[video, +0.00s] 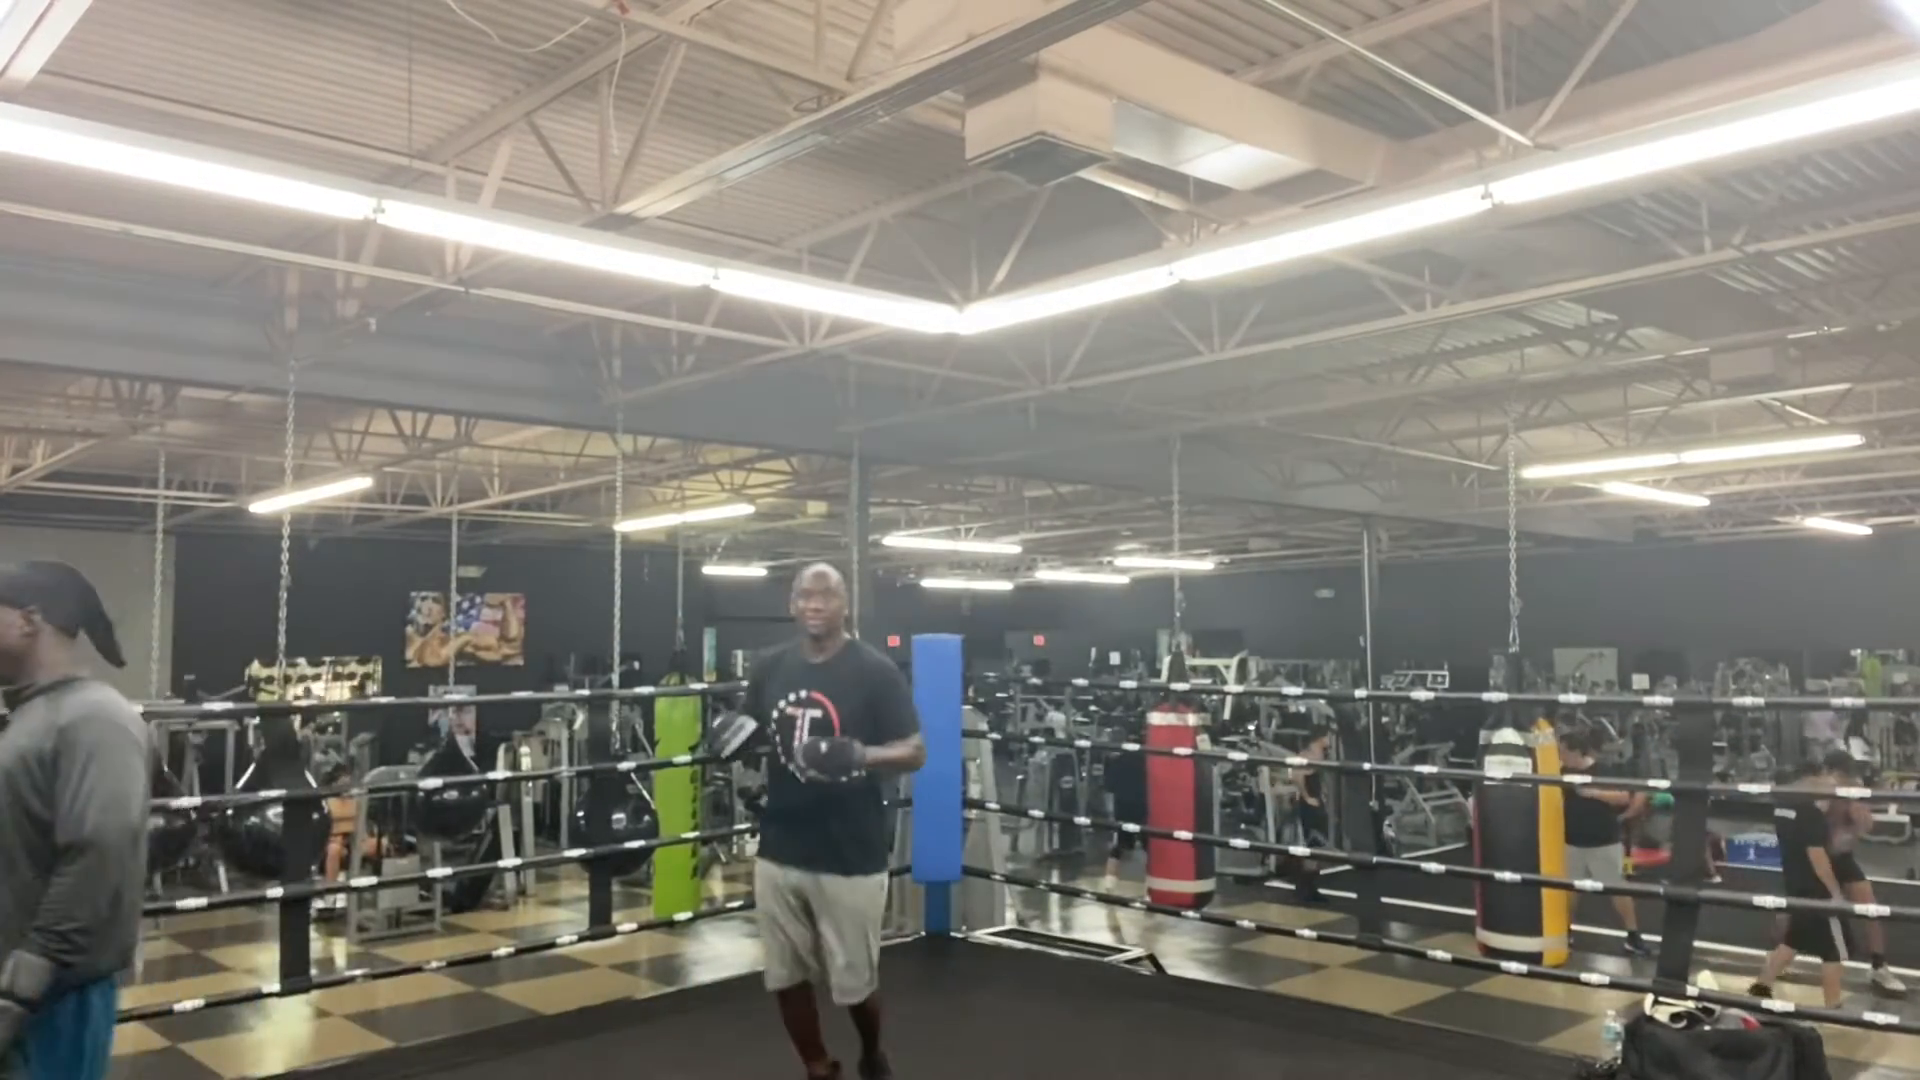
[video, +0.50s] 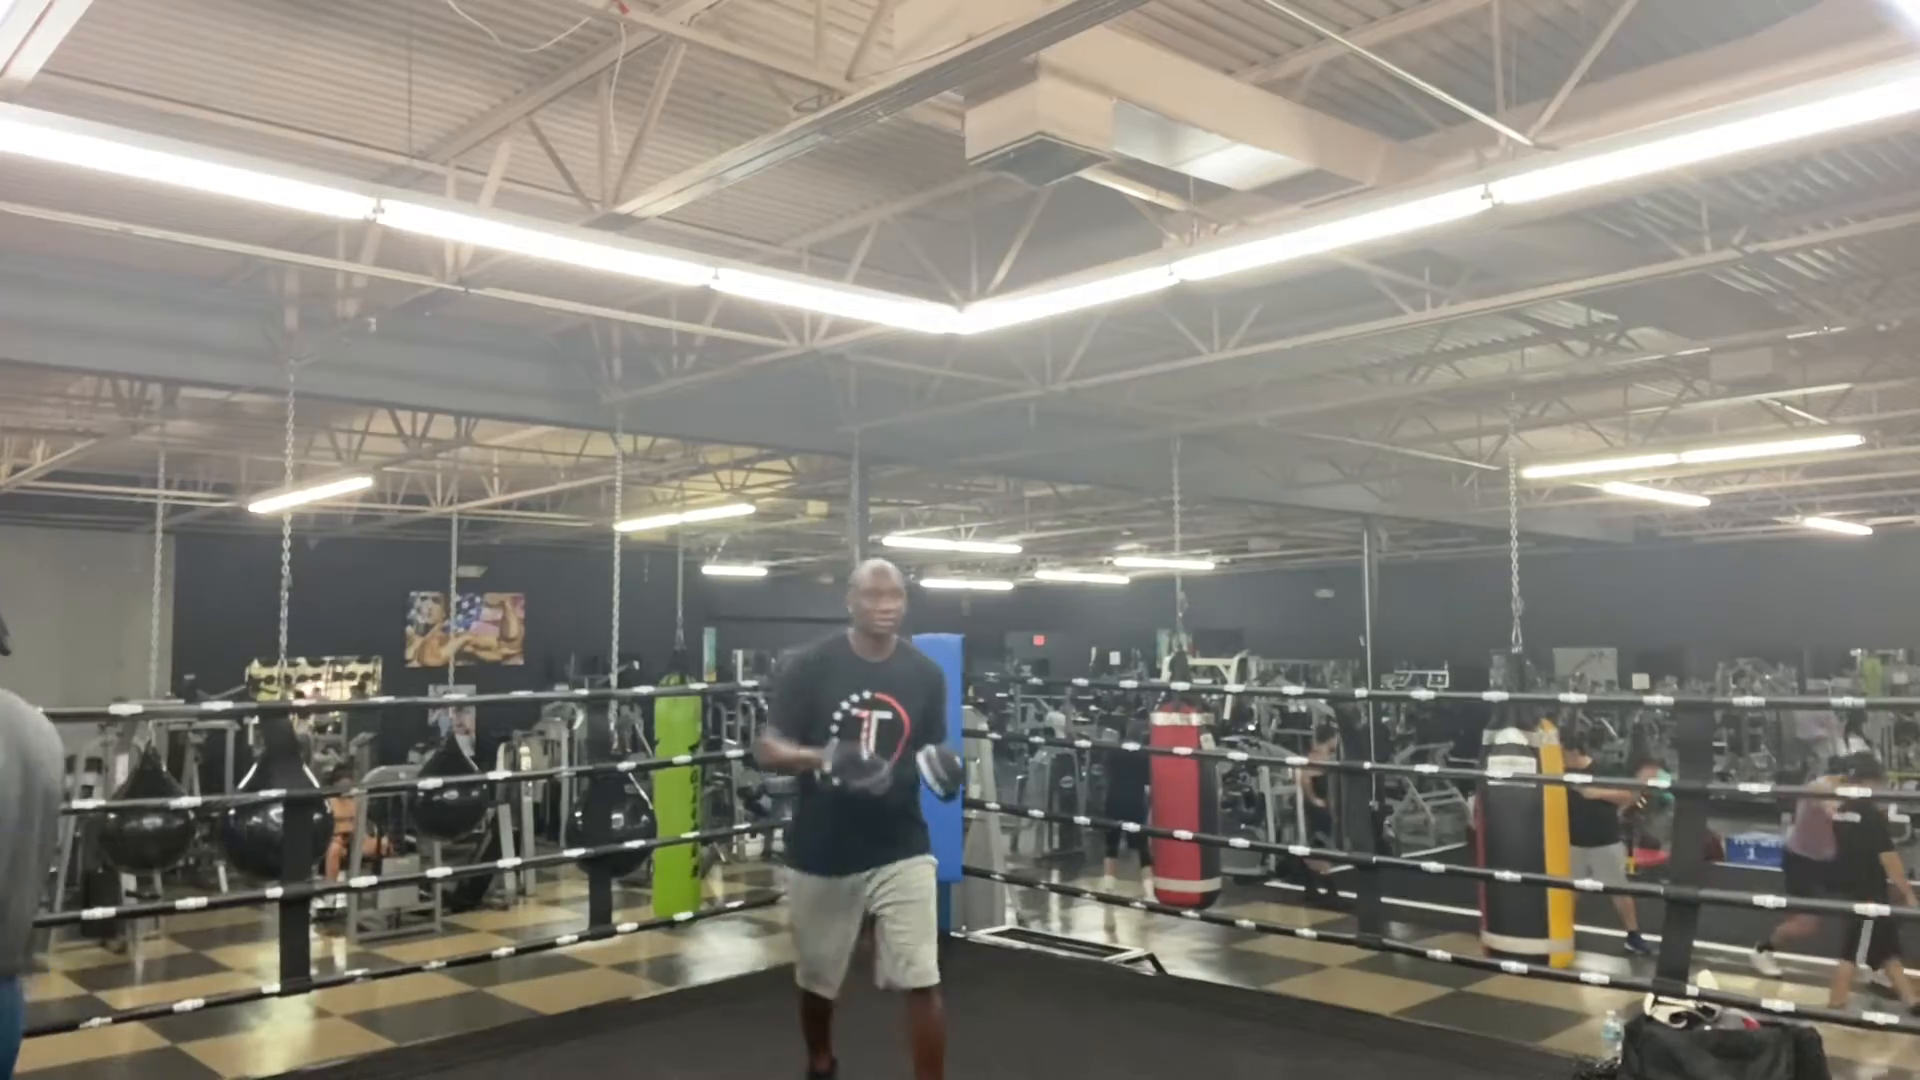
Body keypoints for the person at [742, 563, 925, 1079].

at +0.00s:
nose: (814, 605)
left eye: (825, 596)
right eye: (806, 597)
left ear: (845, 606)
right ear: (792, 606)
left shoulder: (876, 671)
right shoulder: (770, 669)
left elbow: (913, 750)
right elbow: (749, 736)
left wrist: (858, 754)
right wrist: (735, 737)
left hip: (851, 856)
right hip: (781, 849)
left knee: (854, 982)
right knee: (786, 978)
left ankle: (873, 1058)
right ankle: (818, 1068)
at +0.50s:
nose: (885, 607)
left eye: (894, 596)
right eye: (873, 595)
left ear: (905, 603)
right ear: (850, 601)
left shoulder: (924, 674)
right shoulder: (809, 667)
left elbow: (932, 752)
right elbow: (767, 747)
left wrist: (942, 770)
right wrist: (823, 756)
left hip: (901, 851)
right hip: (823, 857)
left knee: (923, 981)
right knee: (817, 982)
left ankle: (929, 1076)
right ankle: (820, 1064)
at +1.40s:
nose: (933, 588)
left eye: (938, 577)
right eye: (919, 578)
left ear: (945, 580)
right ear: (884, 584)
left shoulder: (975, 653)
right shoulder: (838, 657)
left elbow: (1005, 734)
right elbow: (807, 760)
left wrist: (996, 757)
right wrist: (864, 744)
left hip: (959, 876)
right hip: (869, 881)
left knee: (975, 1029)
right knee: (868, 1035)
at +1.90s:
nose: (940, 586)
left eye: (955, 574)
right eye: (933, 573)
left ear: (993, 577)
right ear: (926, 576)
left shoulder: (1039, 662)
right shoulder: (891, 651)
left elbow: (1070, 770)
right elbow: (852, 748)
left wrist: (1015, 755)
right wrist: (874, 753)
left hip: (995, 908)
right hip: (895, 898)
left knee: (1000, 1067)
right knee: (872, 1060)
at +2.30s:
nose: (908, 594)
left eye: (922, 578)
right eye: (902, 580)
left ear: (969, 576)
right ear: (897, 584)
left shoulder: (1038, 660)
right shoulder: (882, 666)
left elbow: (1076, 783)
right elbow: (860, 782)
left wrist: (1006, 773)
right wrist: (883, 784)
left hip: (1013, 927)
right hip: (911, 925)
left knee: (1020, 1072)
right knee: (926, 1074)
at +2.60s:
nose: (889, 583)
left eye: (903, 566)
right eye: (876, 570)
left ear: (940, 567)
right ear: (865, 580)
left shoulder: (1019, 647)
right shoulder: (854, 677)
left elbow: (1085, 750)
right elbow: (828, 800)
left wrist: (1057, 745)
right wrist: (845, 799)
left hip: (1020, 932)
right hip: (906, 941)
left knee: (1033, 1072)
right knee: (908, 1073)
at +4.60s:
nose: (1052, 575)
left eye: (1068, 561)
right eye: (1039, 562)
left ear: (1097, 571)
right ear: (1025, 574)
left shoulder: (1146, 667)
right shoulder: (999, 657)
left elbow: (1189, 795)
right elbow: (961, 782)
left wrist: (1123, 766)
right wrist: (980, 750)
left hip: (1107, 933)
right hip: (1014, 924)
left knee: (1100, 1072)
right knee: (1028, 1069)